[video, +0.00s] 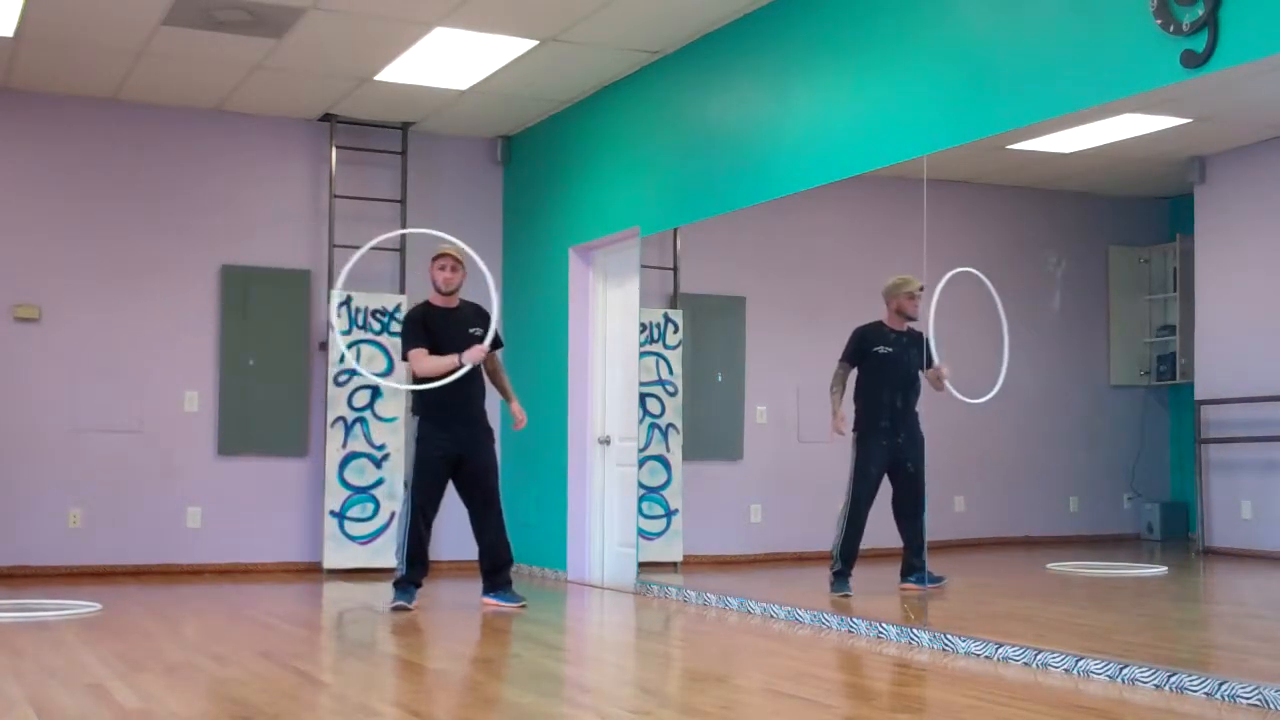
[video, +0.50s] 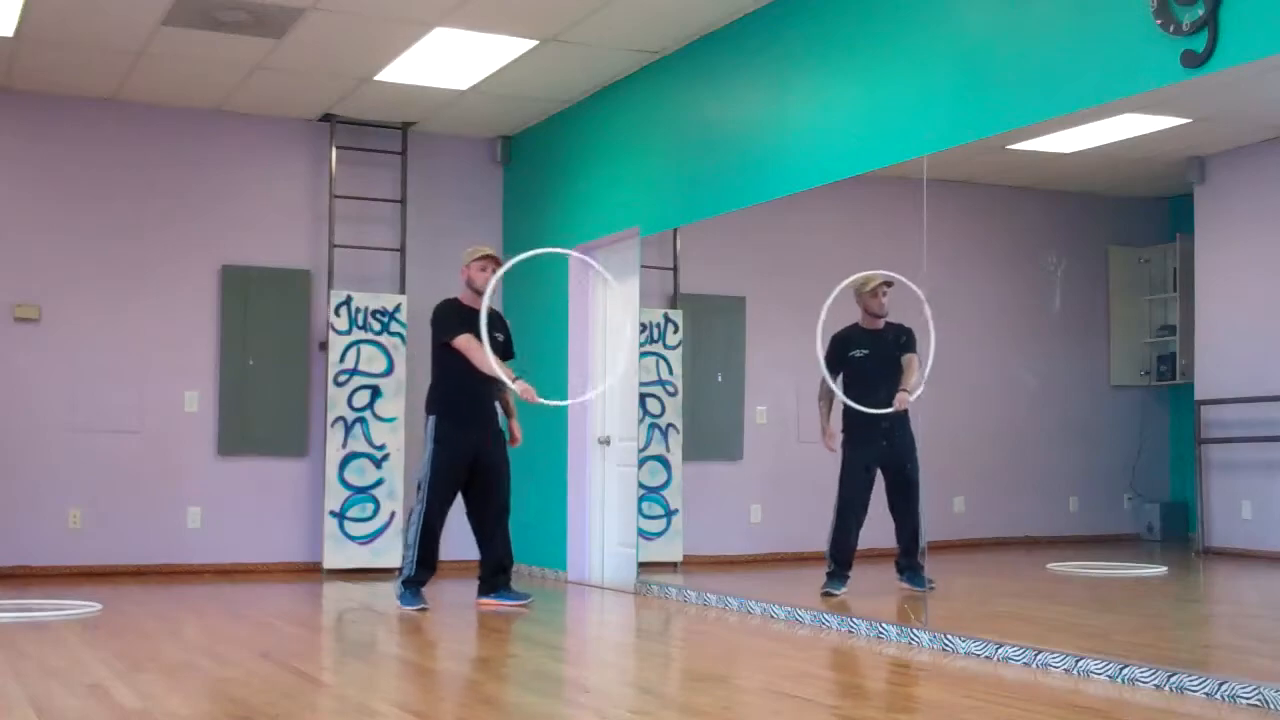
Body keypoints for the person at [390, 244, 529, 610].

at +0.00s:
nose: (447, 274)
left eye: (454, 269)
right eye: (441, 268)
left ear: (463, 276)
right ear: (430, 274)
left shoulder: (478, 316)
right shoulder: (416, 317)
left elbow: (492, 364)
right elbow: (419, 366)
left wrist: (512, 401)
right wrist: (462, 358)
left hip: (474, 426)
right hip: (434, 427)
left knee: (487, 507)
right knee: (421, 508)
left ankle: (497, 586)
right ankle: (407, 586)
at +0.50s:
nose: (488, 276)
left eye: (494, 272)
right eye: (482, 269)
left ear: (497, 280)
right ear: (465, 273)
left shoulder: (496, 321)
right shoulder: (447, 311)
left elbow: (500, 374)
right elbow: (473, 351)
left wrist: (511, 418)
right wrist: (513, 380)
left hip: (487, 420)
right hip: (449, 419)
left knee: (493, 505)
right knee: (432, 503)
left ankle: (494, 585)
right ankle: (411, 584)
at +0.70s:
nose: (503, 277)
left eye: (508, 273)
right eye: (497, 270)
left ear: (512, 280)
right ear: (481, 273)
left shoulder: (516, 321)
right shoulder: (464, 308)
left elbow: (526, 376)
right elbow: (496, 336)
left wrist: (535, 420)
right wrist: (533, 357)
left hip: (503, 422)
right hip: (465, 420)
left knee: (501, 506)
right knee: (453, 502)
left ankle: (495, 585)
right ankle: (445, 581)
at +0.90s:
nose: (511, 276)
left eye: (515, 271)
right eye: (504, 269)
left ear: (519, 278)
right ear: (488, 272)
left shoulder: (527, 319)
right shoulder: (470, 306)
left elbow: (536, 373)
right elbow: (494, 317)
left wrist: (547, 418)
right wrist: (543, 305)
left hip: (521, 424)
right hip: (482, 423)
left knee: (524, 506)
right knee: (479, 502)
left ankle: (513, 580)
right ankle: (487, 579)